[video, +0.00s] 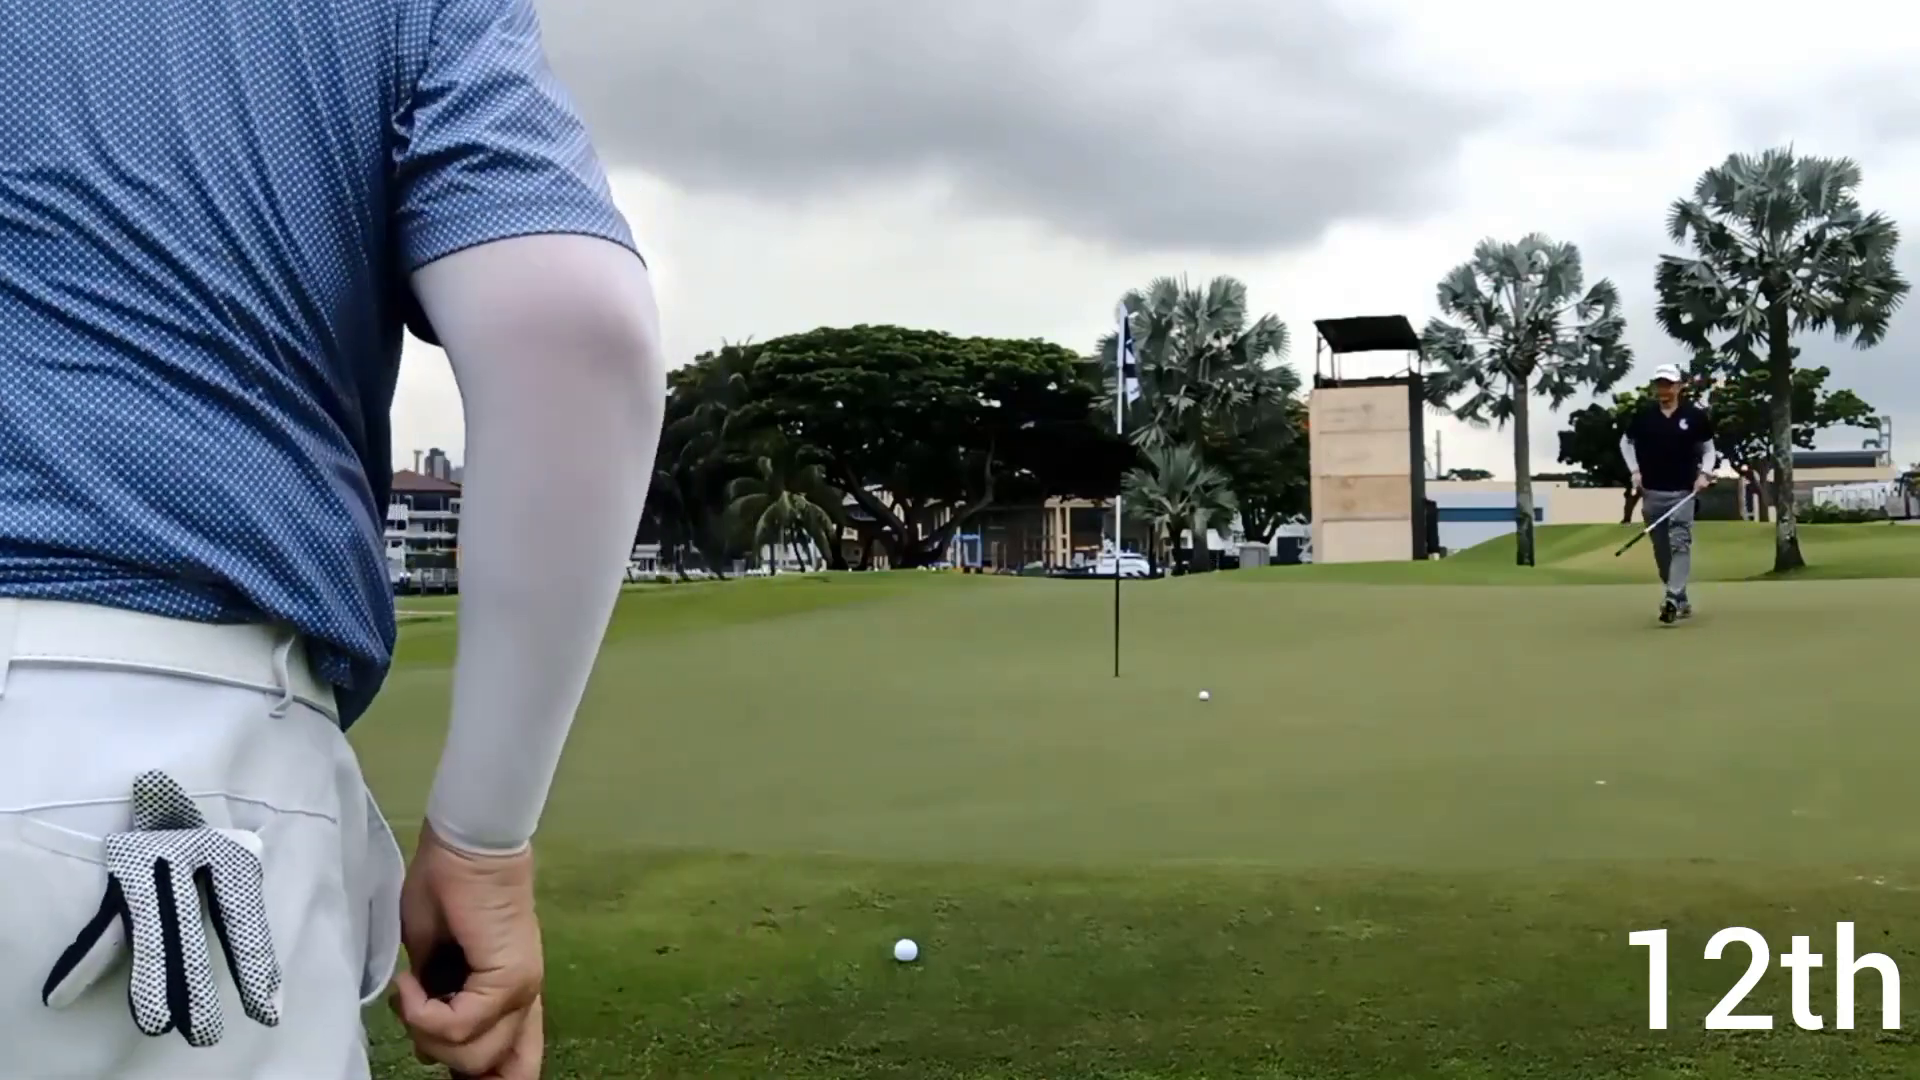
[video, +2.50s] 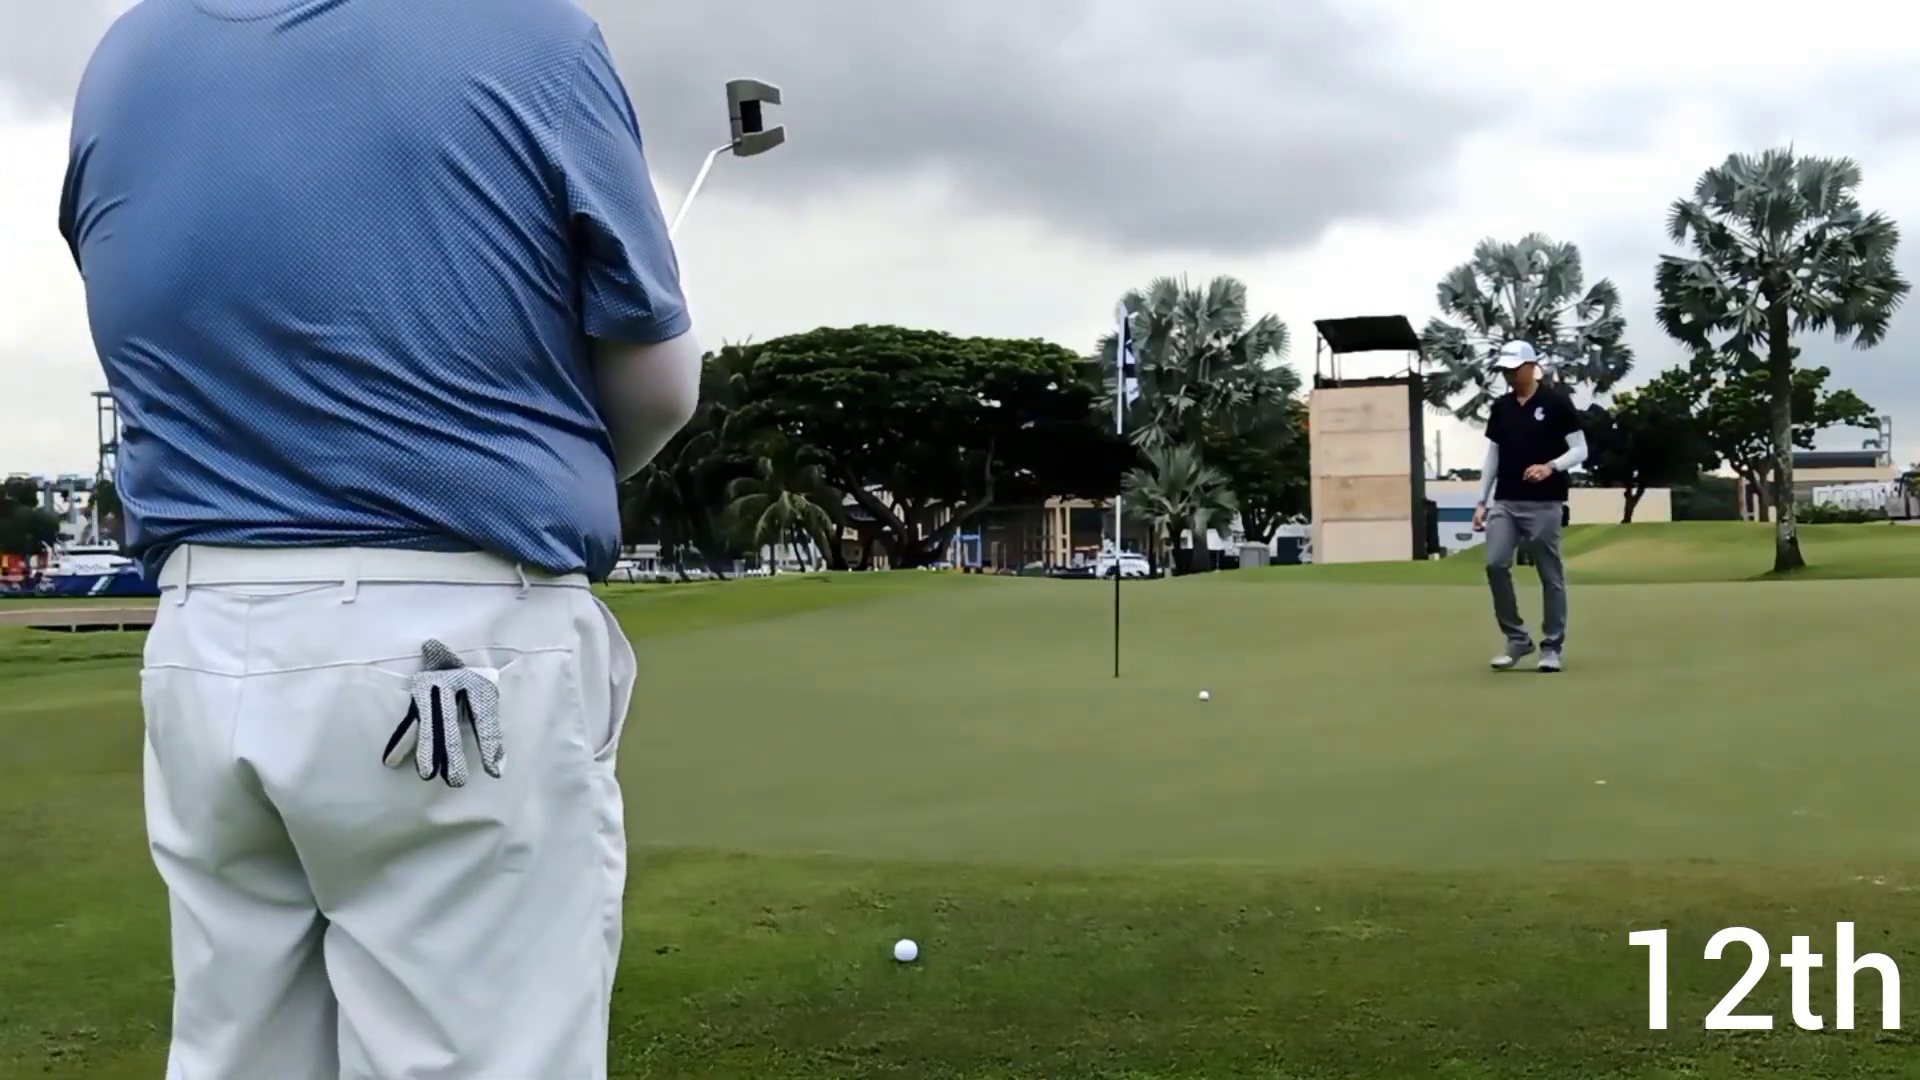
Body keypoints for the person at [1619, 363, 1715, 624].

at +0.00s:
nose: (1664, 389)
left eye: (1669, 384)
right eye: (1660, 384)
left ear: (1679, 386)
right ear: (1655, 386)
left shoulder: (1695, 416)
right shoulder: (1644, 416)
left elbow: (1709, 450)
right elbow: (1626, 443)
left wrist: (1704, 474)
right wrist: (1635, 471)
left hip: (1682, 492)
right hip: (1652, 493)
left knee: (1679, 543)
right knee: (1661, 548)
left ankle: (1672, 598)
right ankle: (1678, 597)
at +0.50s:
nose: (1633, 388)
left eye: (1638, 382)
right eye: (1629, 383)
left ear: (1651, 384)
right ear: (1626, 385)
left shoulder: (1670, 415)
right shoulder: (1619, 417)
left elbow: (1690, 451)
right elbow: (1608, 449)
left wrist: (1668, 468)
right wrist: (1608, 474)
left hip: (1657, 496)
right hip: (1625, 495)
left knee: (1665, 555)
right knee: (1620, 553)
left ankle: (1663, 609)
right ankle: (1619, 612)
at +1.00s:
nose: (1603, 388)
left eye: (1608, 382)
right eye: (1598, 383)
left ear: (1620, 383)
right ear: (1593, 385)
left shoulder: (1640, 414)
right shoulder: (1582, 418)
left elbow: (1662, 454)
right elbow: (1563, 455)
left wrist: (1640, 463)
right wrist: (1589, 468)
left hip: (1628, 499)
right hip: (1595, 500)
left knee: (1623, 554)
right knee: (1603, 562)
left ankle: (1620, 616)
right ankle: (1617, 617)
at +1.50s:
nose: (1588, 380)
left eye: (1594, 374)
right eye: (1583, 374)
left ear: (1603, 377)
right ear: (1576, 378)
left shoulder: (1620, 412)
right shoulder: (1563, 413)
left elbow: (1636, 455)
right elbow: (1550, 453)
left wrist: (1597, 468)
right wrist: (1559, 472)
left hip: (1609, 504)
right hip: (1572, 502)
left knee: (1612, 566)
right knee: (1566, 556)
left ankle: (1608, 629)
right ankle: (1569, 630)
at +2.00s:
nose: (1548, 378)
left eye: (1553, 372)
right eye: (1543, 373)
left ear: (1564, 373)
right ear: (1536, 377)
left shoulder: (1587, 408)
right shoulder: (1525, 412)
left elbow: (1603, 453)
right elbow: (1510, 451)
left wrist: (1578, 470)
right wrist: (1515, 473)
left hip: (1575, 499)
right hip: (1540, 501)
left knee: (1574, 558)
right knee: (1548, 571)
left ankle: (1582, 635)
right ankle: (1562, 638)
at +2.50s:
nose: (1508, 376)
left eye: (1514, 369)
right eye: (1505, 370)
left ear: (1532, 367)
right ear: (1504, 371)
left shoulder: (1556, 402)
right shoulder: (1501, 407)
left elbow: (1580, 450)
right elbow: (1492, 455)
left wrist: (1551, 466)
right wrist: (1482, 500)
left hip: (1544, 507)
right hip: (1504, 505)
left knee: (1551, 577)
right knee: (1495, 565)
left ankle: (1552, 647)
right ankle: (1516, 640)